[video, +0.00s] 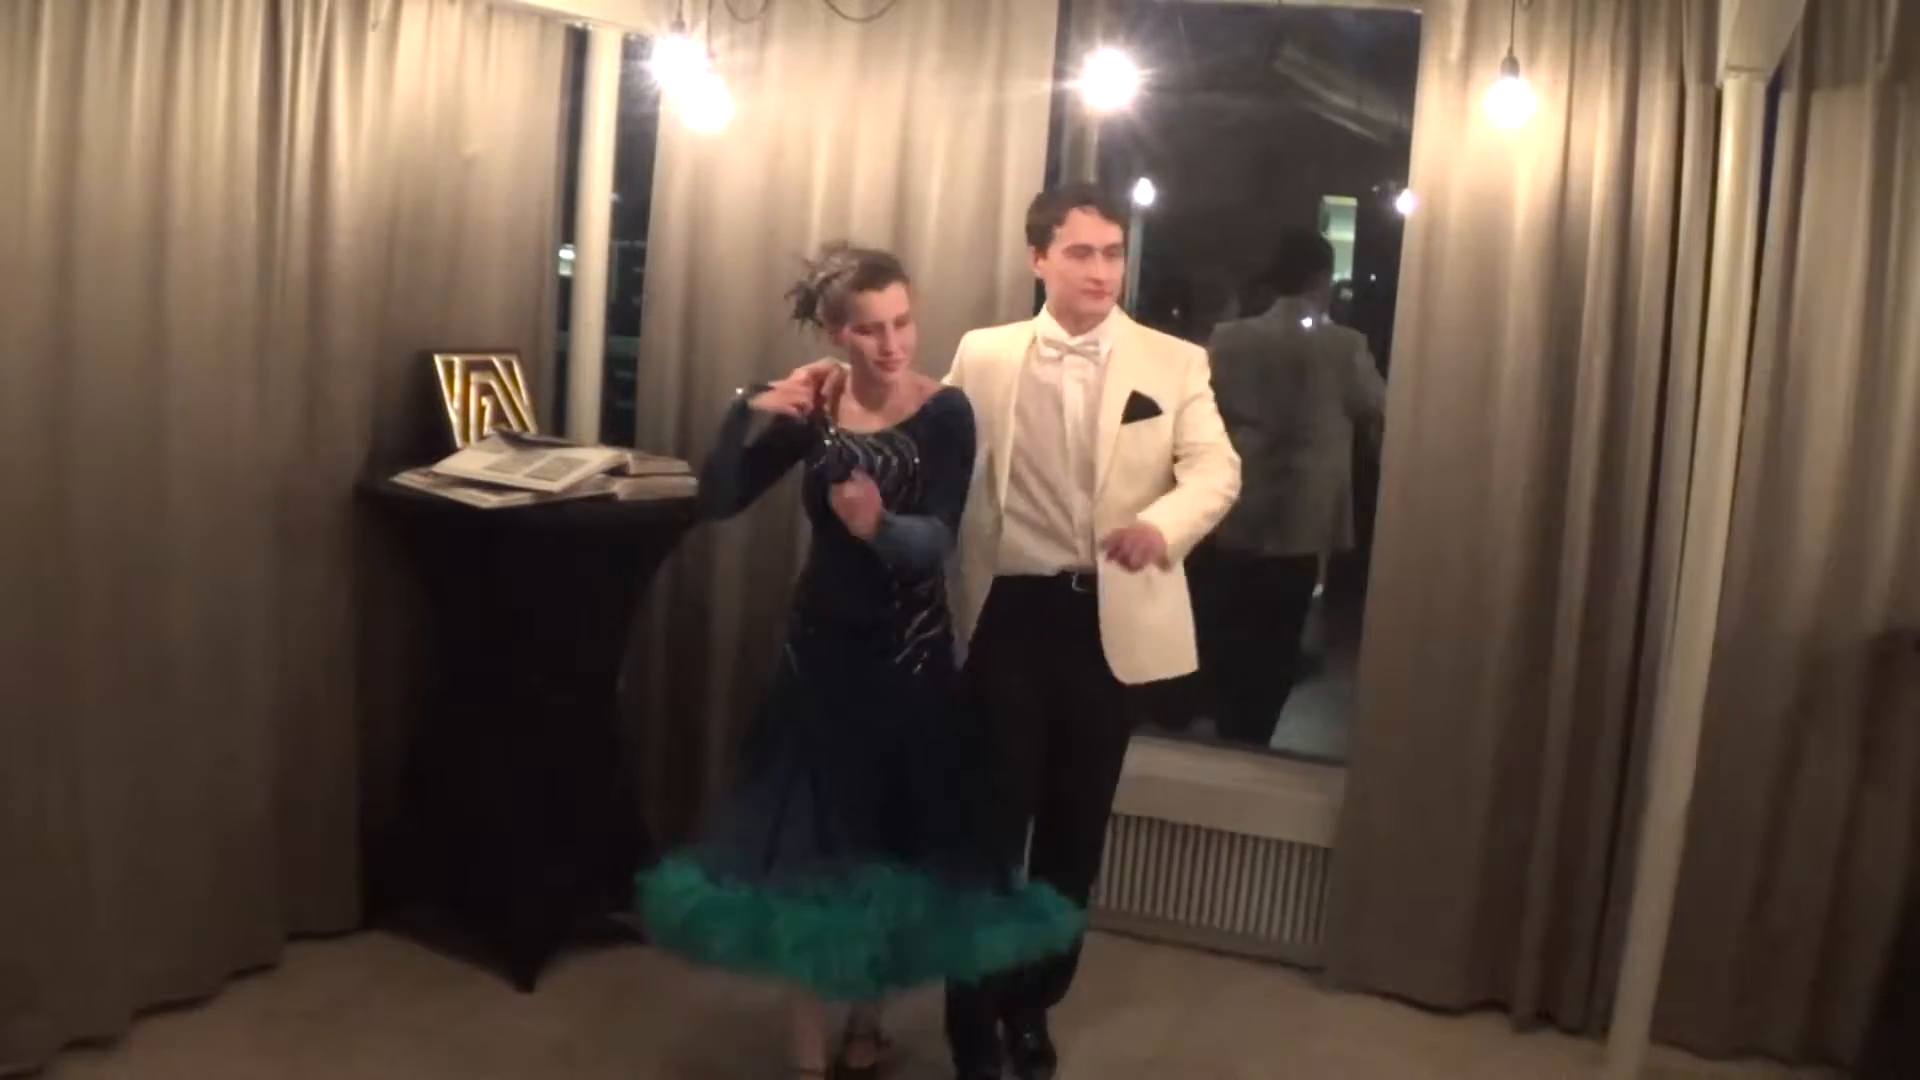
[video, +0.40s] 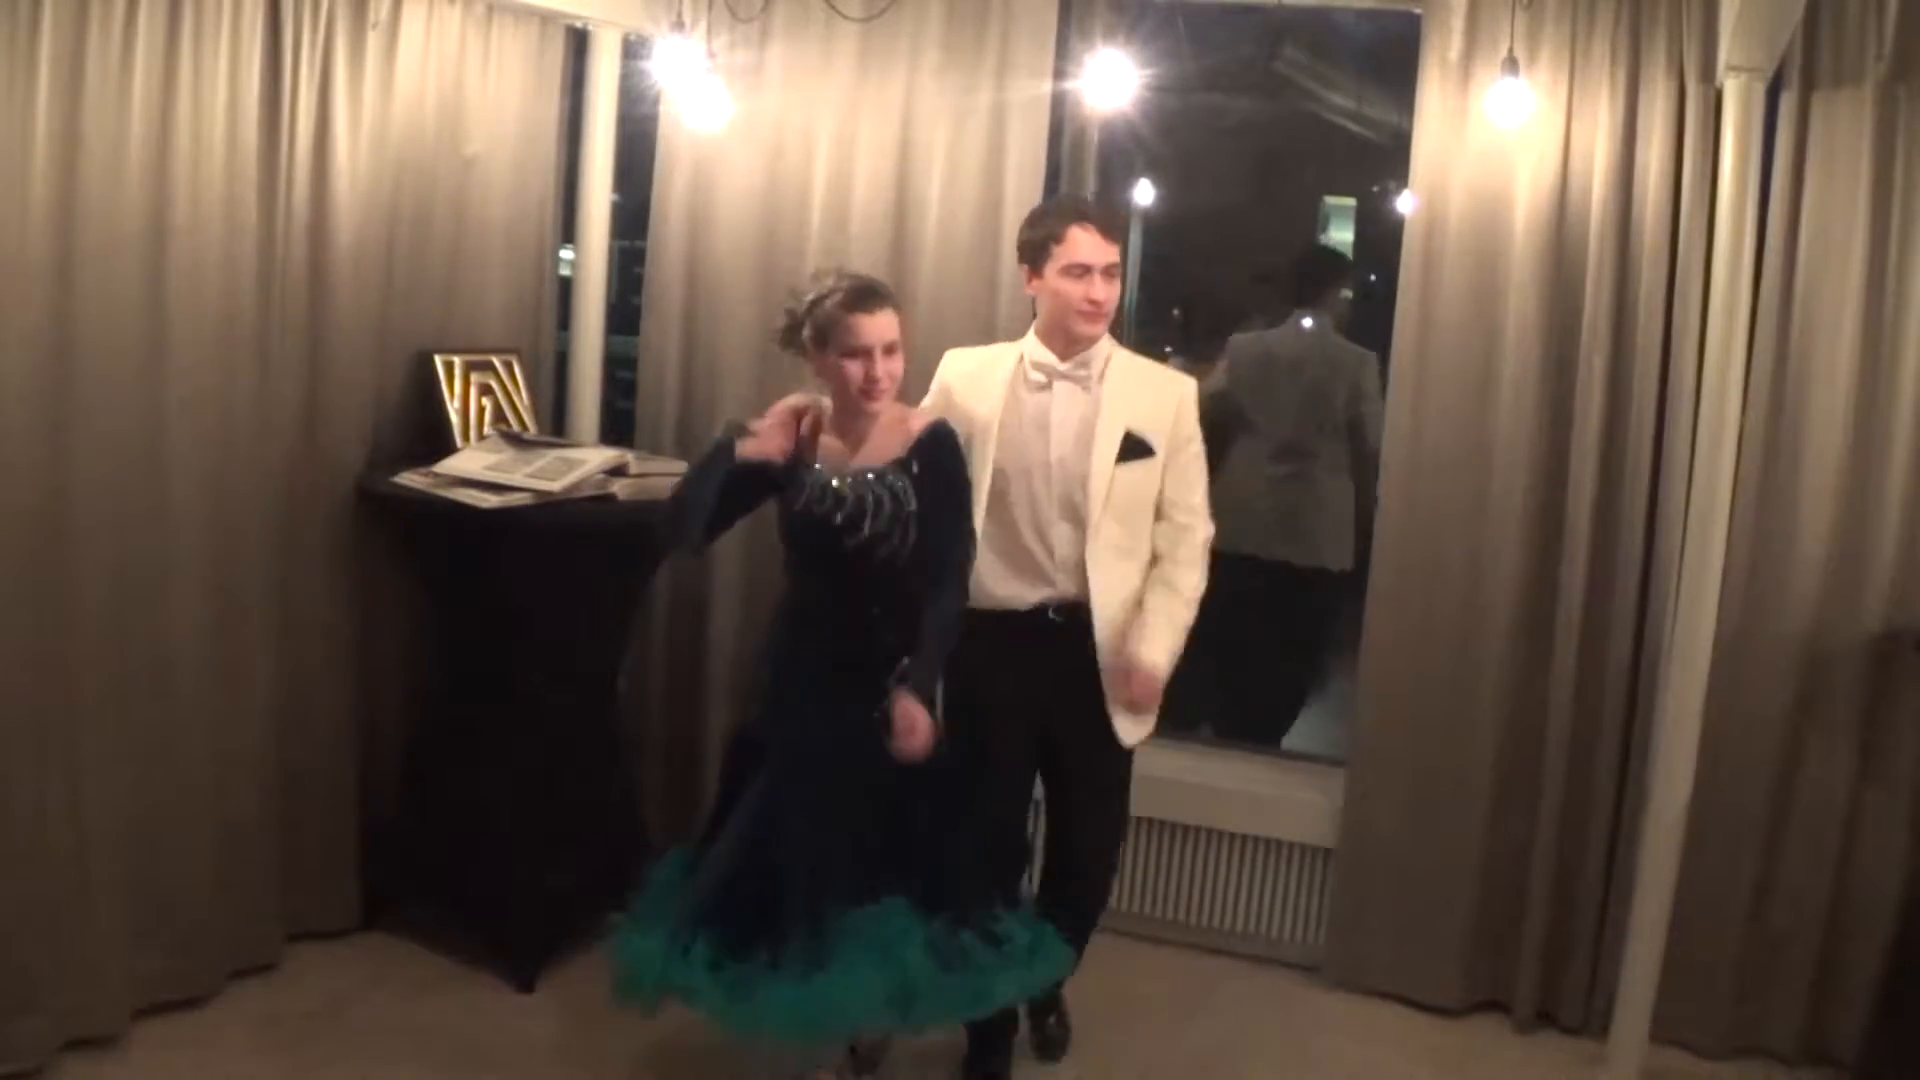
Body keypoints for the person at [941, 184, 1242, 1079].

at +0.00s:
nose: (1098, 269)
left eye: (1112, 253)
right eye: (1079, 252)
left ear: (1126, 263)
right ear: (1039, 261)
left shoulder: (1174, 363)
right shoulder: (981, 355)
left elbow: (1215, 470)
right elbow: (933, 473)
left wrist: (1160, 524)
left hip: (1112, 620)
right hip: (1003, 613)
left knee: (1074, 827)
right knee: (988, 820)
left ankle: (1031, 1008)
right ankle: (974, 1027)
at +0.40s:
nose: (1098, 290)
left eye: (1110, 274)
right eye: (1078, 272)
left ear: (1123, 284)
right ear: (1032, 278)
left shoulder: (1166, 396)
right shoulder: (963, 377)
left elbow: (1185, 540)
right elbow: (917, 513)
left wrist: (1152, 651)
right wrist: (914, 647)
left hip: (1095, 655)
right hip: (985, 644)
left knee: (1089, 852)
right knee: (984, 847)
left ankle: (1049, 982)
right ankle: (986, 1024)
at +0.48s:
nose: (1097, 312)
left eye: (1108, 296)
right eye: (1076, 294)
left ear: (1119, 307)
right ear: (1027, 302)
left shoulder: (1158, 421)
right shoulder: (952, 403)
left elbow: (1178, 576)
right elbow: (911, 544)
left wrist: (1162, 697)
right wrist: (915, 675)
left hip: (1094, 679)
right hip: (980, 673)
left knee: (1104, 887)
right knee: (978, 879)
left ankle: (1061, 954)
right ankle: (983, 1041)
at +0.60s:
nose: (1108, 275)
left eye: (1117, 260)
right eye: (1089, 256)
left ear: (1125, 272)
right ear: (1033, 262)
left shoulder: (1157, 379)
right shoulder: (954, 353)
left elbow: (1215, 516)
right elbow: (867, 425)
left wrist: (1200, 642)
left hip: (1101, 649)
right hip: (979, 639)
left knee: (1098, 867)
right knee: (985, 852)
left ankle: (1059, 1037)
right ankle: (986, 1034)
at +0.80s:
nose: (1118, 251)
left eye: (1126, 235)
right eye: (1099, 231)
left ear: (1132, 247)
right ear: (1039, 237)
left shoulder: (1166, 353)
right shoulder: (956, 338)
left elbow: (1234, 502)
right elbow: (877, 439)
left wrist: (1240, 638)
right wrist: (791, 408)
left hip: (1106, 623)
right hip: (987, 614)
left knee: (1070, 855)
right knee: (986, 815)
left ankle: (1021, 1059)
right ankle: (989, 978)